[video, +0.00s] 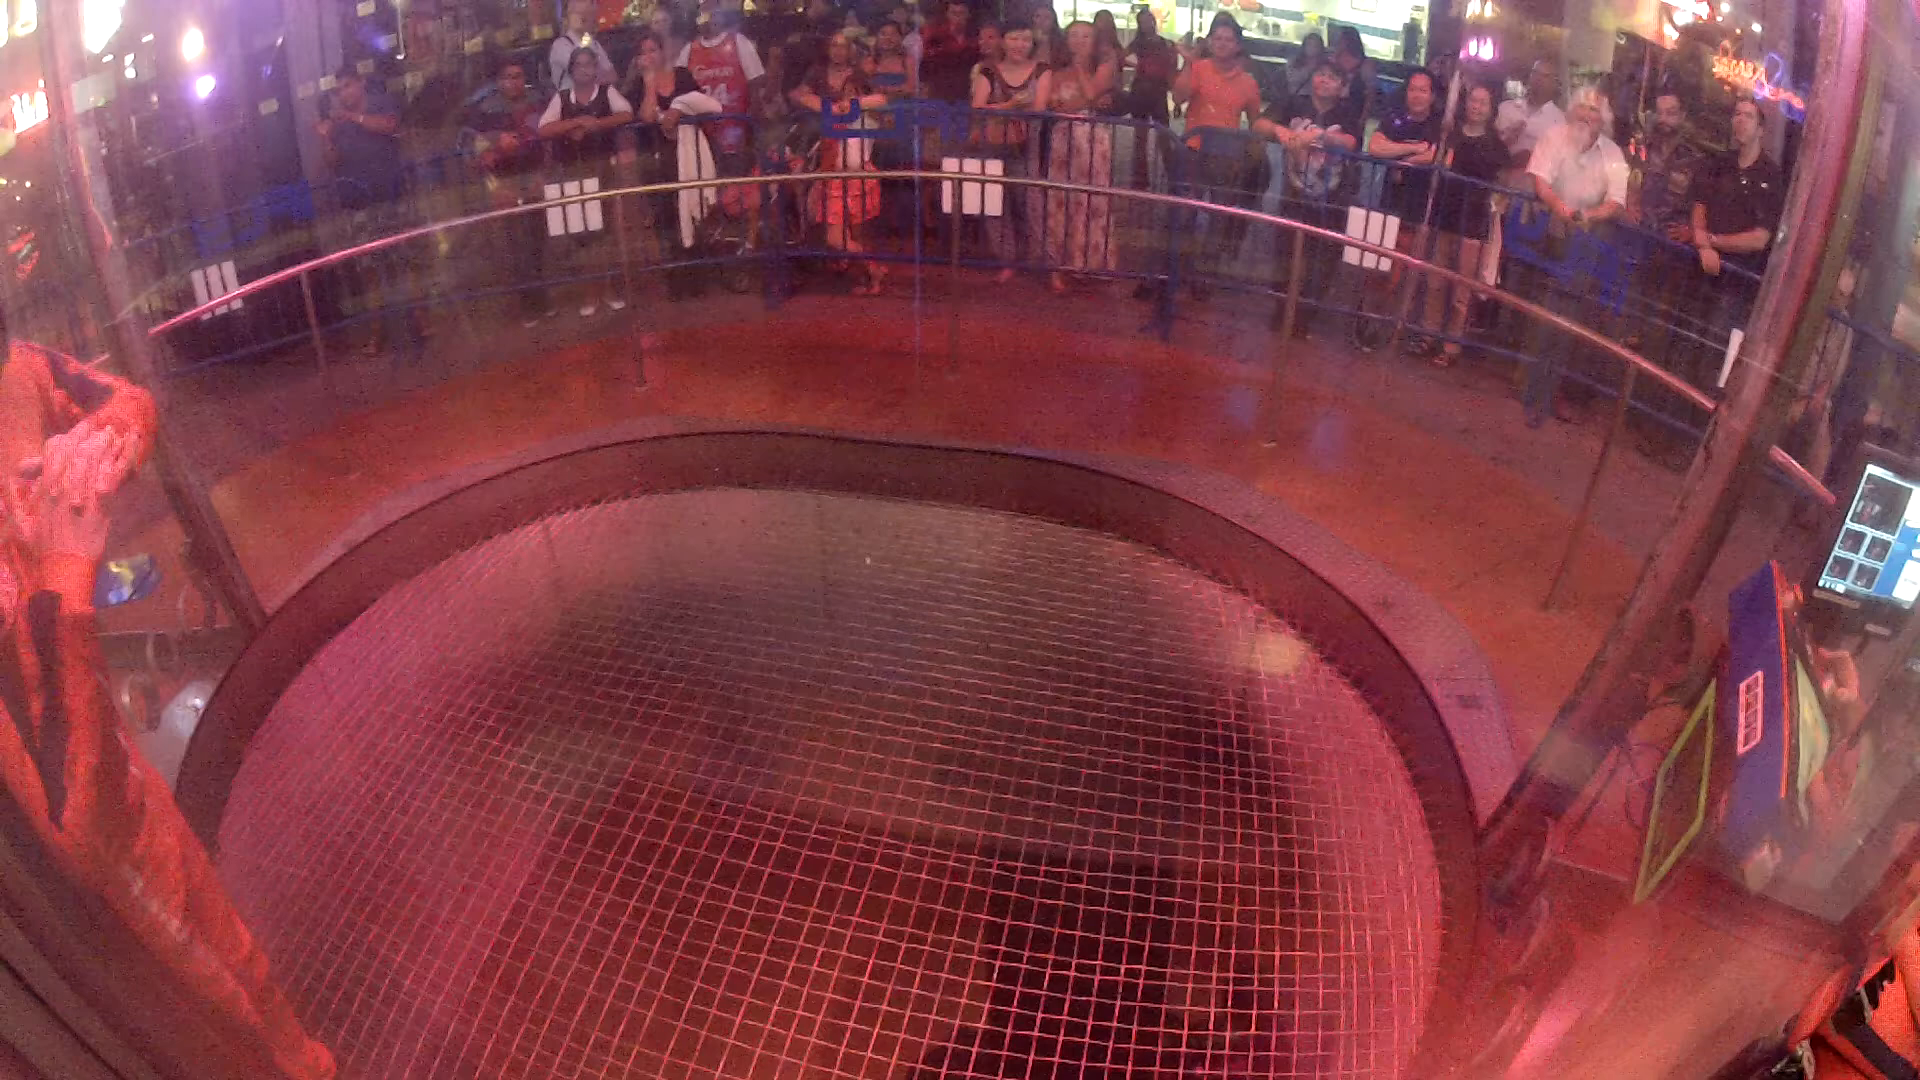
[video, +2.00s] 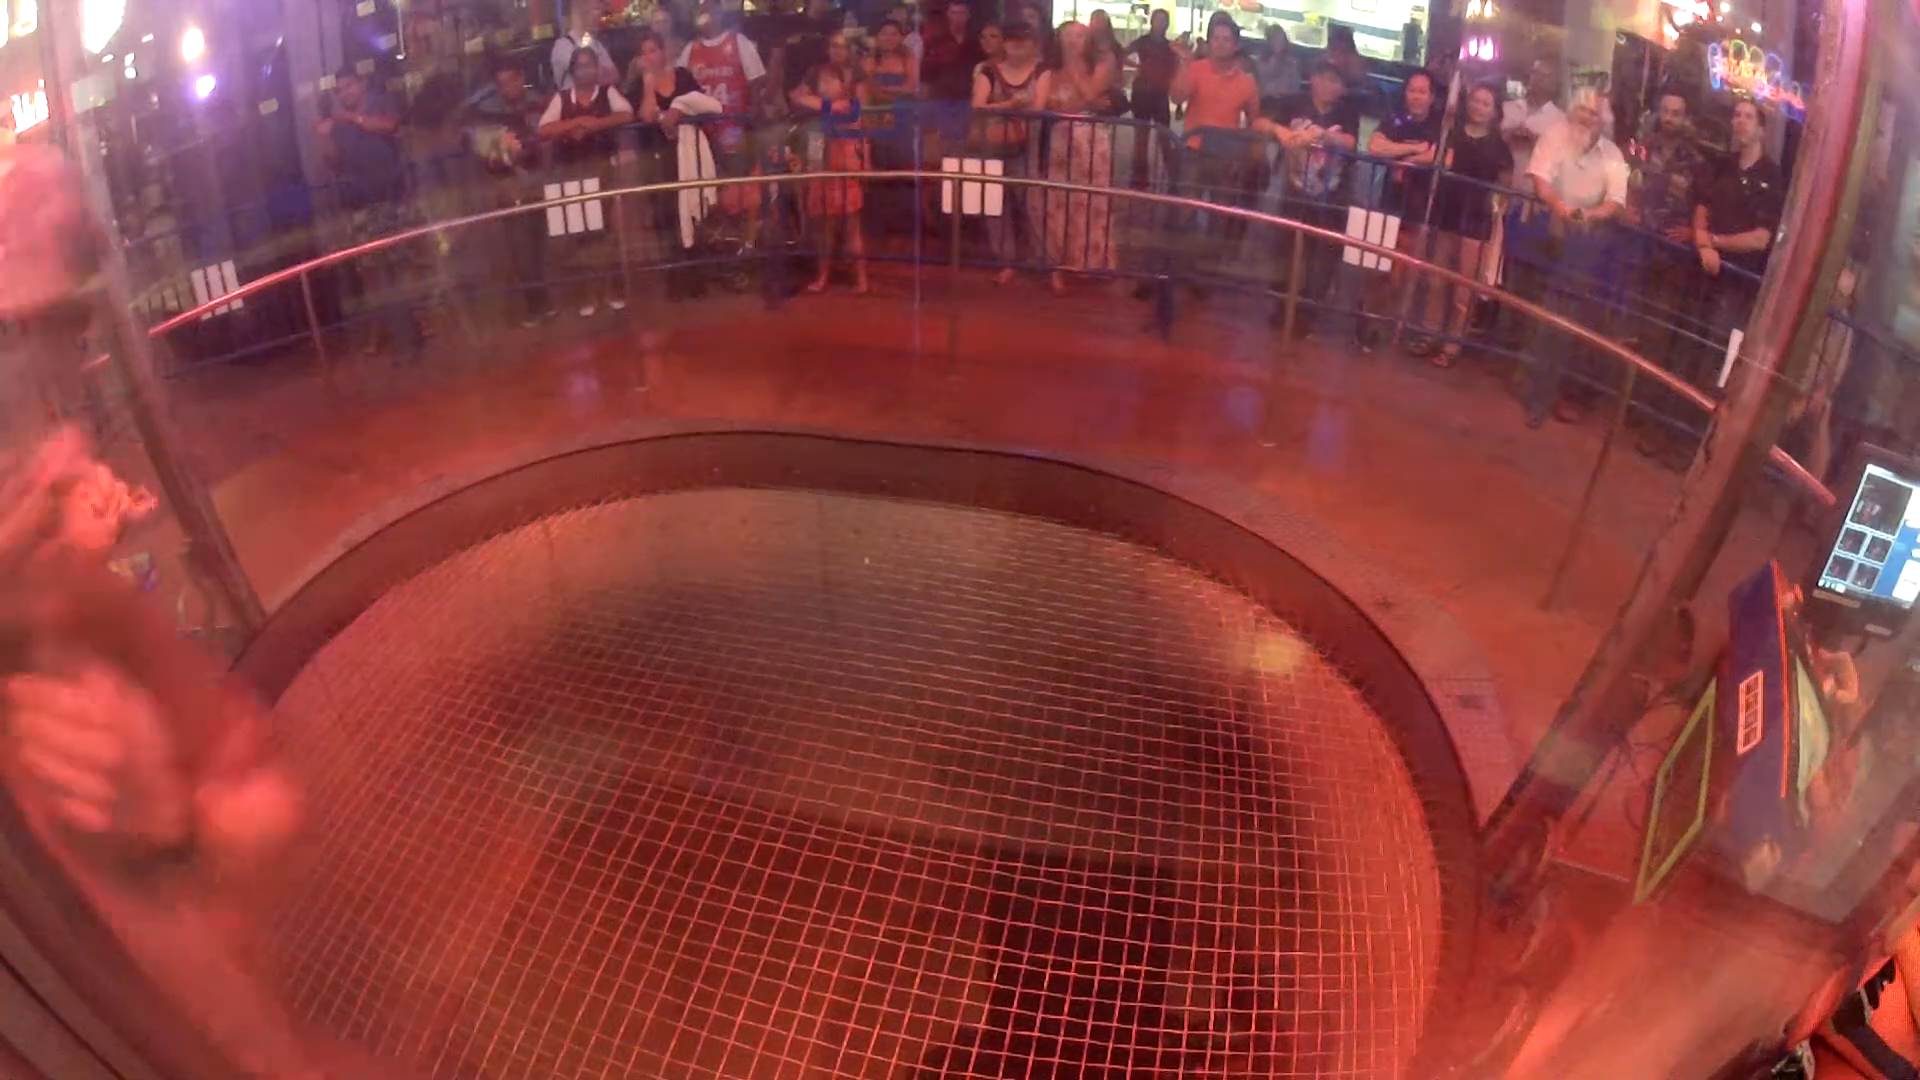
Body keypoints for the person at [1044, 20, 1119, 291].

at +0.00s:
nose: (1079, 41)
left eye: (1085, 36)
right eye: (1074, 36)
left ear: (1095, 41)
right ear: (1066, 41)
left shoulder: (1104, 67)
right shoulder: (1059, 73)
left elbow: (1092, 94)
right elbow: (1049, 105)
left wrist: (1080, 66)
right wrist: (1080, 103)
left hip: (1091, 139)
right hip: (1062, 138)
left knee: (1090, 201)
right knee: (1061, 200)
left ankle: (1089, 265)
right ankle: (1059, 265)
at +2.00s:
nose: (1075, 40)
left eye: (1081, 36)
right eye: (1070, 36)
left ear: (1088, 40)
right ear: (1061, 40)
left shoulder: (1099, 66)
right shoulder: (1051, 74)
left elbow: (1090, 94)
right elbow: (1038, 108)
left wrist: (1074, 63)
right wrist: (1069, 106)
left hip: (1088, 137)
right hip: (1060, 136)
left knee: (1086, 200)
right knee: (1057, 199)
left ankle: (1084, 263)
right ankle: (1057, 264)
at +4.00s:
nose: (1078, 44)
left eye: (1084, 39)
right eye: (1072, 39)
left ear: (1092, 42)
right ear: (1064, 42)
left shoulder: (1100, 70)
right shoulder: (1055, 75)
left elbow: (1098, 99)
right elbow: (1039, 107)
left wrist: (1086, 67)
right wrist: (1066, 109)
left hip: (1091, 139)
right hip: (1062, 138)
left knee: (1088, 200)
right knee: (1060, 200)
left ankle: (1084, 264)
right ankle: (1060, 264)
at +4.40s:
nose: (1081, 44)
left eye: (1087, 39)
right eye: (1076, 39)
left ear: (1095, 42)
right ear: (1068, 42)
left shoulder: (1103, 70)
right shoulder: (1056, 75)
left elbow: (1101, 100)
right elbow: (1039, 107)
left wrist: (1088, 70)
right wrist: (1062, 108)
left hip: (1093, 139)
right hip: (1063, 137)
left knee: (1091, 201)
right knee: (1062, 200)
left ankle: (1090, 265)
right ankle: (1062, 265)